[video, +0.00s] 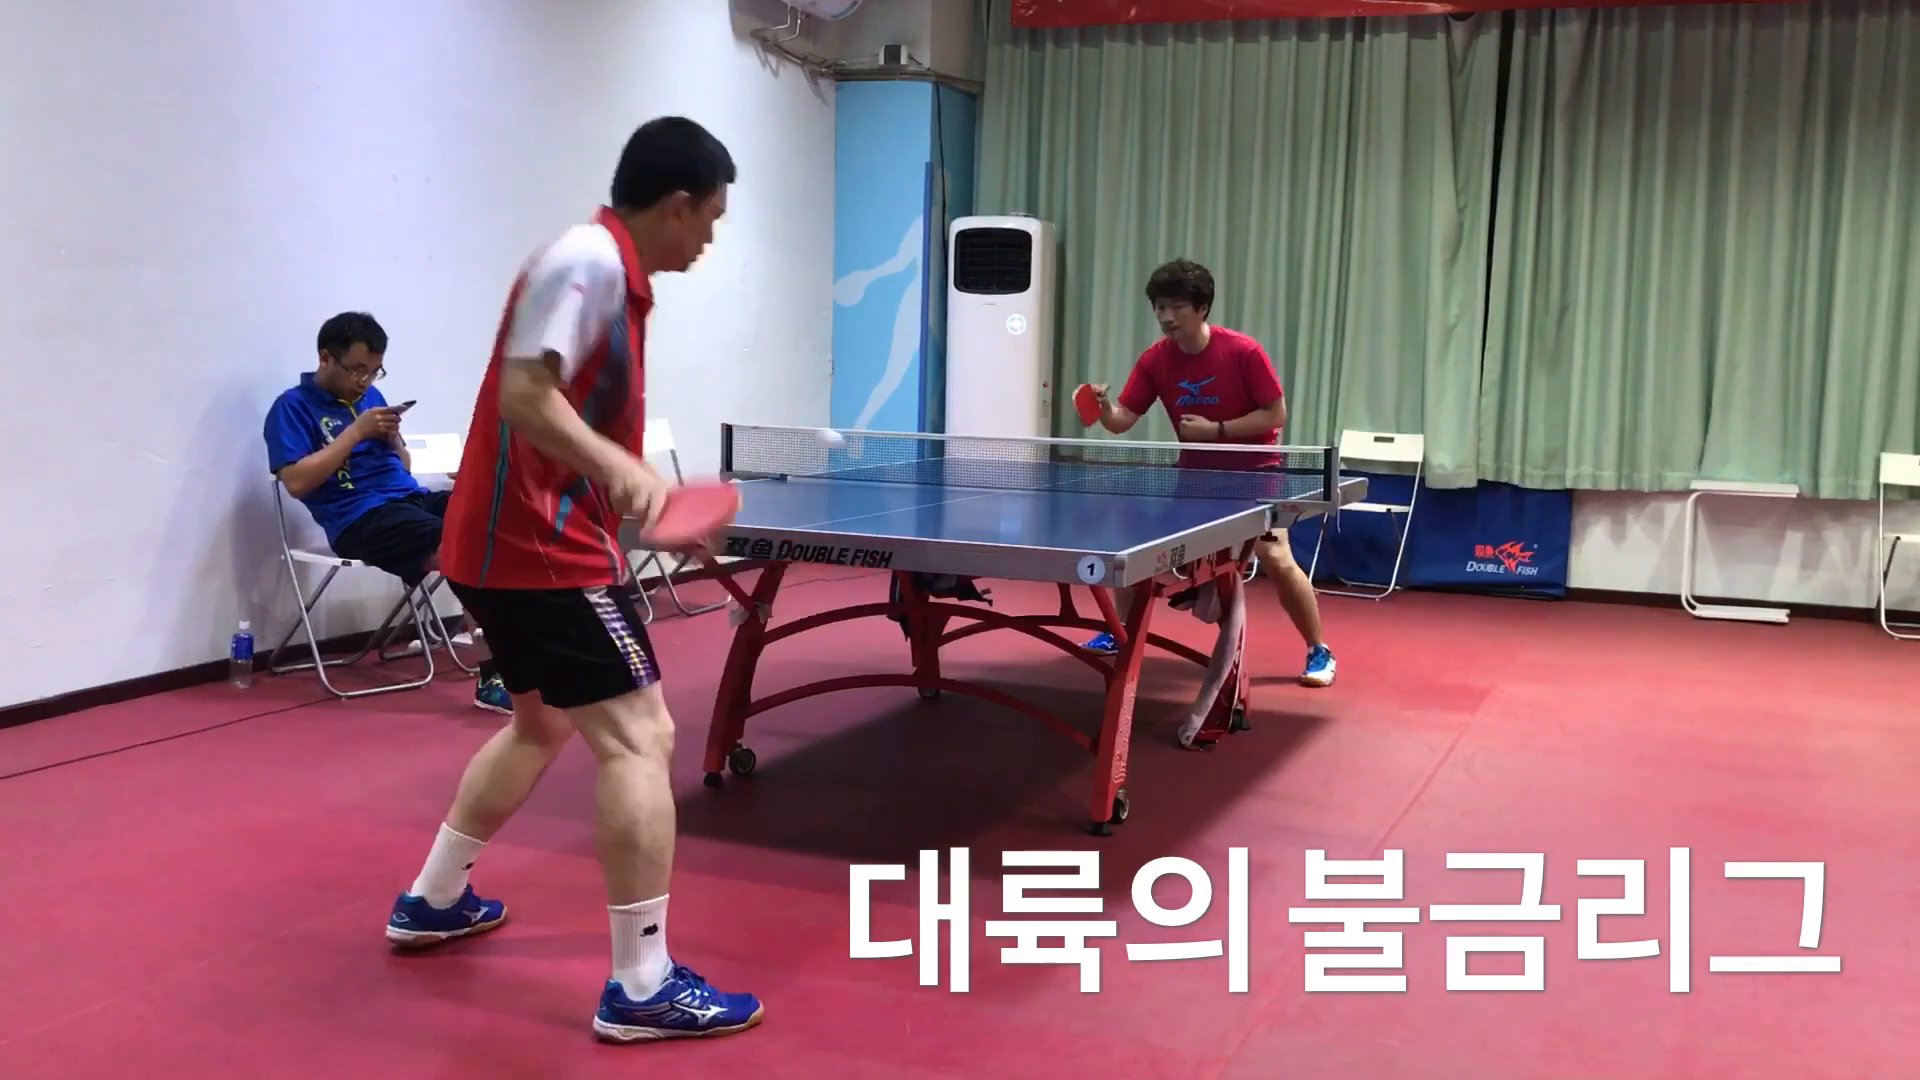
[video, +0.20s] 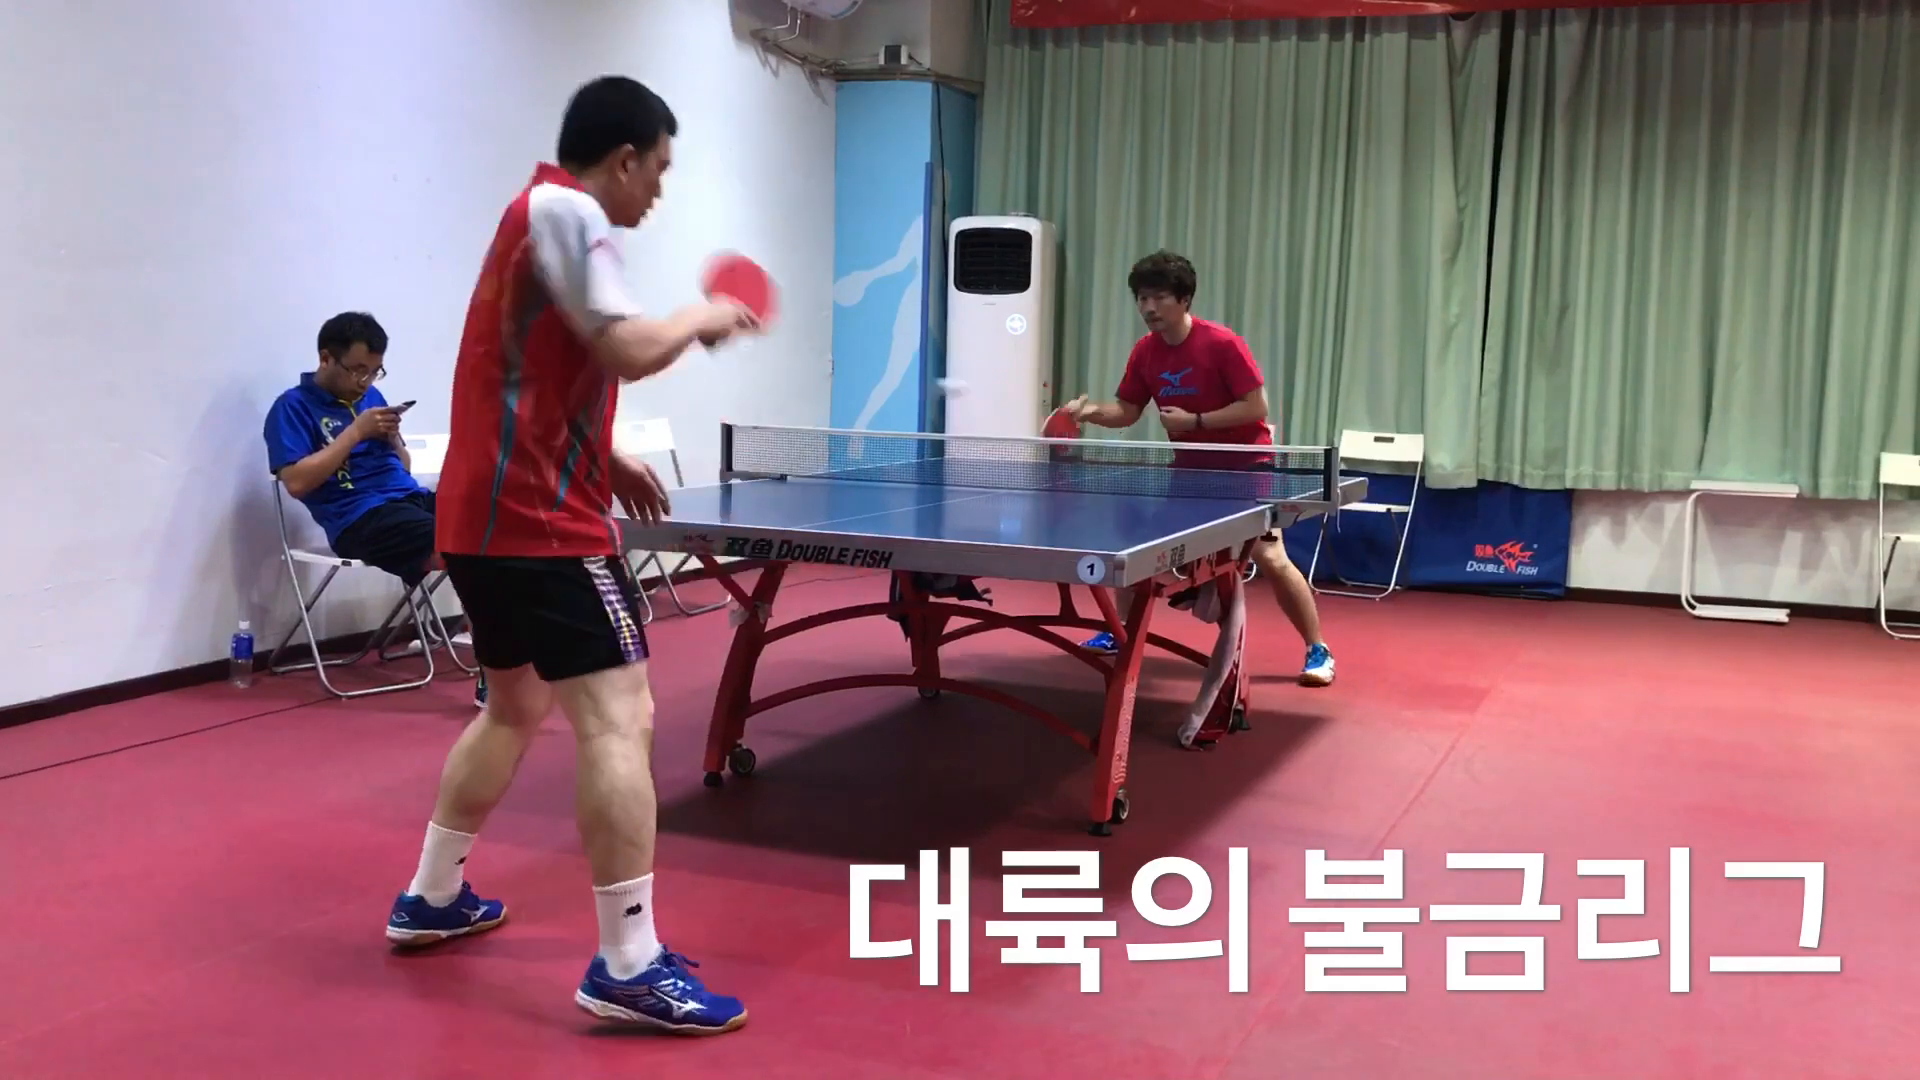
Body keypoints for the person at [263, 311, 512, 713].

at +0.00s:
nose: (365, 382)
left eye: (373, 372)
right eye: (357, 371)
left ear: (379, 366)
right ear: (325, 359)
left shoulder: (370, 397)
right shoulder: (291, 408)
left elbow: (403, 469)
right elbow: (297, 483)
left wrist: (393, 436)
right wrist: (356, 432)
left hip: (411, 501)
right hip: (364, 520)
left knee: (499, 518)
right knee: (472, 551)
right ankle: (493, 673)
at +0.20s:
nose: (365, 382)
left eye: (372, 372)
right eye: (357, 370)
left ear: (379, 366)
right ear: (325, 359)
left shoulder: (370, 397)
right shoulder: (292, 408)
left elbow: (402, 465)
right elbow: (297, 483)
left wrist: (392, 436)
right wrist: (355, 433)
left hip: (411, 501)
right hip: (363, 519)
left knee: (497, 531)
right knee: (476, 551)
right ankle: (491, 675)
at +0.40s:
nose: (365, 381)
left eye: (372, 372)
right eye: (357, 371)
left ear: (378, 367)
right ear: (325, 360)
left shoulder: (369, 397)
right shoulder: (292, 408)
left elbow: (403, 467)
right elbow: (297, 482)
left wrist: (391, 436)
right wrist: (357, 432)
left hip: (409, 501)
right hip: (362, 518)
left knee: (495, 537)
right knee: (474, 552)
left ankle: (510, 677)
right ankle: (505, 682)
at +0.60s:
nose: (366, 381)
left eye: (373, 372)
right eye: (357, 371)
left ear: (379, 366)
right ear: (326, 360)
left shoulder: (369, 396)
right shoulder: (292, 408)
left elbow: (403, 466)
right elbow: (297, 482)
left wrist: (392, 437)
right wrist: (359, 435)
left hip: (411, 503)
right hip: (363, 519)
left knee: (502, 532)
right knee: (477, 554)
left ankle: (505, 679)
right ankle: (504, 687)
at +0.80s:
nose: (367, 382)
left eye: (375, 372)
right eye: (359, 370)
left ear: (380, 366)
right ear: (327, 360)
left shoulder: (371, 397)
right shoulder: (291, 407)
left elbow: (405, 466)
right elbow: (298, 483)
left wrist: (393, 439)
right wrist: (359, 434)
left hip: (410, 500)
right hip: (362, 519)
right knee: (465, 549)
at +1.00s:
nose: (366, 382)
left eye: (373, 372)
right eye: (358, 371)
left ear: (379, 368)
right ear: (325, 358)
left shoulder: (370, 397)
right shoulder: (291, 408)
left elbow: (404, 469)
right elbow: (297, 482)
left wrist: (392, 436)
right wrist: (359, 434)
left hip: (411, 502)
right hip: (363, 519)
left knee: (501, 527)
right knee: (466, 555)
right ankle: (494, 675)